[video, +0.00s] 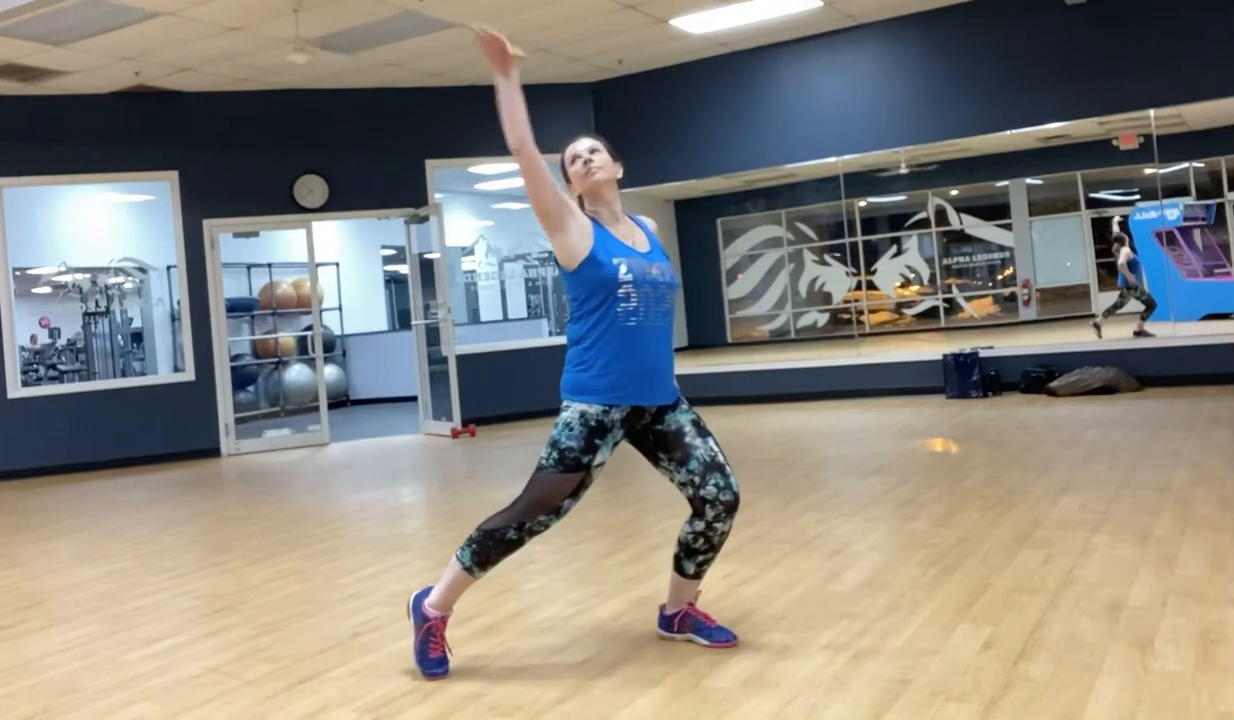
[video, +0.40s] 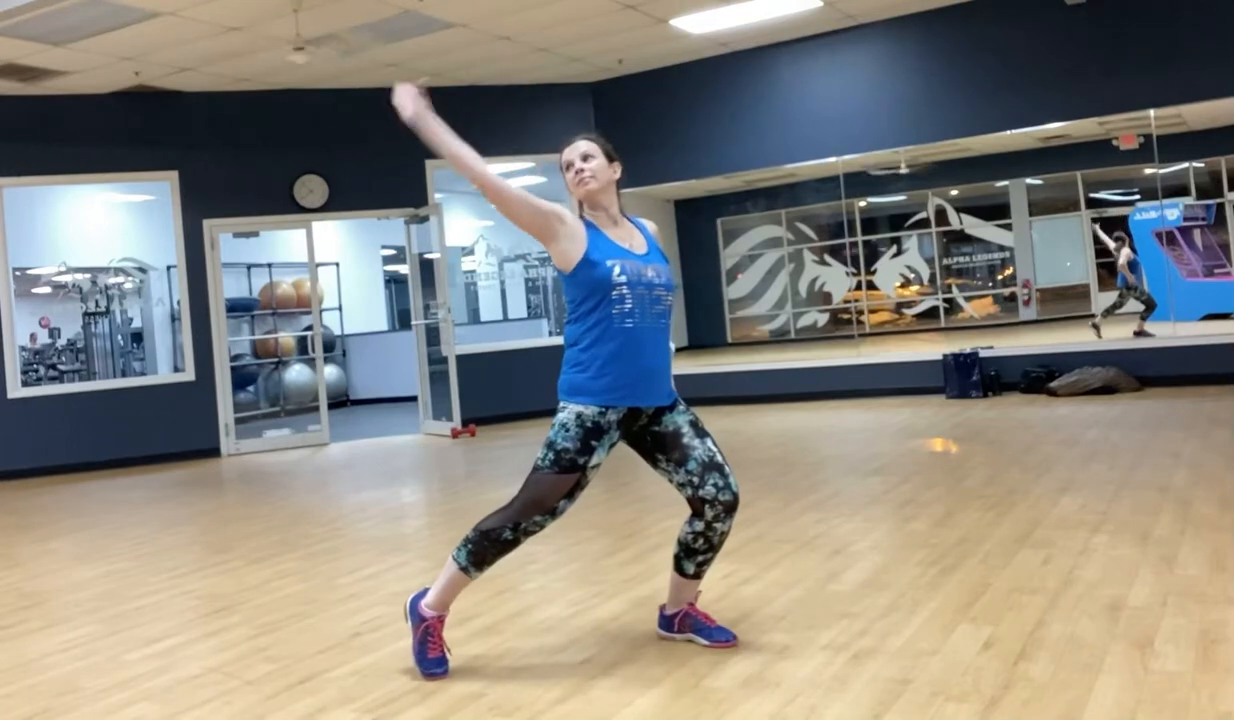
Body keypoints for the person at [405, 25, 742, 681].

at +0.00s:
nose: (585, 158)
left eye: (593, 151)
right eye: (574, 160)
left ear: (618, 169)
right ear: (571, 185)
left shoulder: (646, 229)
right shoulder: (571, 230)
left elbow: (645, 306)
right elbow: (525, 154)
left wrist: (649, 366)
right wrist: (507, 78)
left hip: (657, 399)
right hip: (594, 404)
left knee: (720, 498)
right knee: (537, 511)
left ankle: (679, 609)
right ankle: (433, 608)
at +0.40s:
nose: (579, 168)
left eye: (588, 157)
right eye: (570, 165)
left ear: (616, 169)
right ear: (566, 184)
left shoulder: (646, 230)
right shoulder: (564, 229)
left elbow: (643, 309)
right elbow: (486, 180)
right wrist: (422, 117)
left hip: (657, 400)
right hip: (592, 403)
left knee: (718, 497)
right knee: (533, 511)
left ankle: (679, 610)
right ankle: (430, 608)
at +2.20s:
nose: (528, 163)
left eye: (542, 156)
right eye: (524, 155)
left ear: (570, 174)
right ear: (521, 165)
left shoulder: (557, 220)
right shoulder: (551, 228)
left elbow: (459, 207)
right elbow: (599, 293)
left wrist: (385, 195)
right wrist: (570, 342)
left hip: (593, 396)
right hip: (542, 402)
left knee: (654, 511)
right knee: (495, 502)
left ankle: (750, 580)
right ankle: (538, 622)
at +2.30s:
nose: (526, 162)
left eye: (539, 156)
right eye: (524, 154)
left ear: (570, 174)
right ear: (527, 167)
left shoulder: (559, 216)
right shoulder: (552, 226)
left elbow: (470, 175)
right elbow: (598, 291)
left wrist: (397, 133)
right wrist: (570, 338)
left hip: (591, 397)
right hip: (540, 403)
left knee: (653, 509)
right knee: (495, 506)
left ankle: (750, 581)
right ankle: (540, 620)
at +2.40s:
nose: (528, 155)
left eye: (542, 150)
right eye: (527, 149)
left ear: (569, 172)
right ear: (535, 171)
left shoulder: (564, 213)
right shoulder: (551, 226)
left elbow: (491, 143)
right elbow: (595, 291)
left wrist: (444, 83)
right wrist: (571, 340)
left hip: (594, 398)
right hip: (542, 404)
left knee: (653, 506)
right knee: (495, 505)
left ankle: (751, 581)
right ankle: (540, 621)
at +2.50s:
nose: (528, 151)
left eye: (542, 147)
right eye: (530, 145)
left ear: (567, 169)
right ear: (544, 170)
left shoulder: (565, 209)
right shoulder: (546, 225)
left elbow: (506, 134)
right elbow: (584, 304)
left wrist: (467, 64)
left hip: (593, 398)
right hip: (539, 405)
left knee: (655, 507)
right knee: (496, 506)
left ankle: (752, 582)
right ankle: (539, 620)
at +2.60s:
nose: (531, 153)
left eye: (541, 144)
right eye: (528, 145)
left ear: (565, 161)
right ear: (528, 167)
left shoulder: (573, 212)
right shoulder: (537, 226)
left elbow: (540, 121)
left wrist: (509, 44)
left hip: (595, 398)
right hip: (538, 405)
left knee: (658, 507)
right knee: (496, 506)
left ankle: (752, 581)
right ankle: (539, 620)